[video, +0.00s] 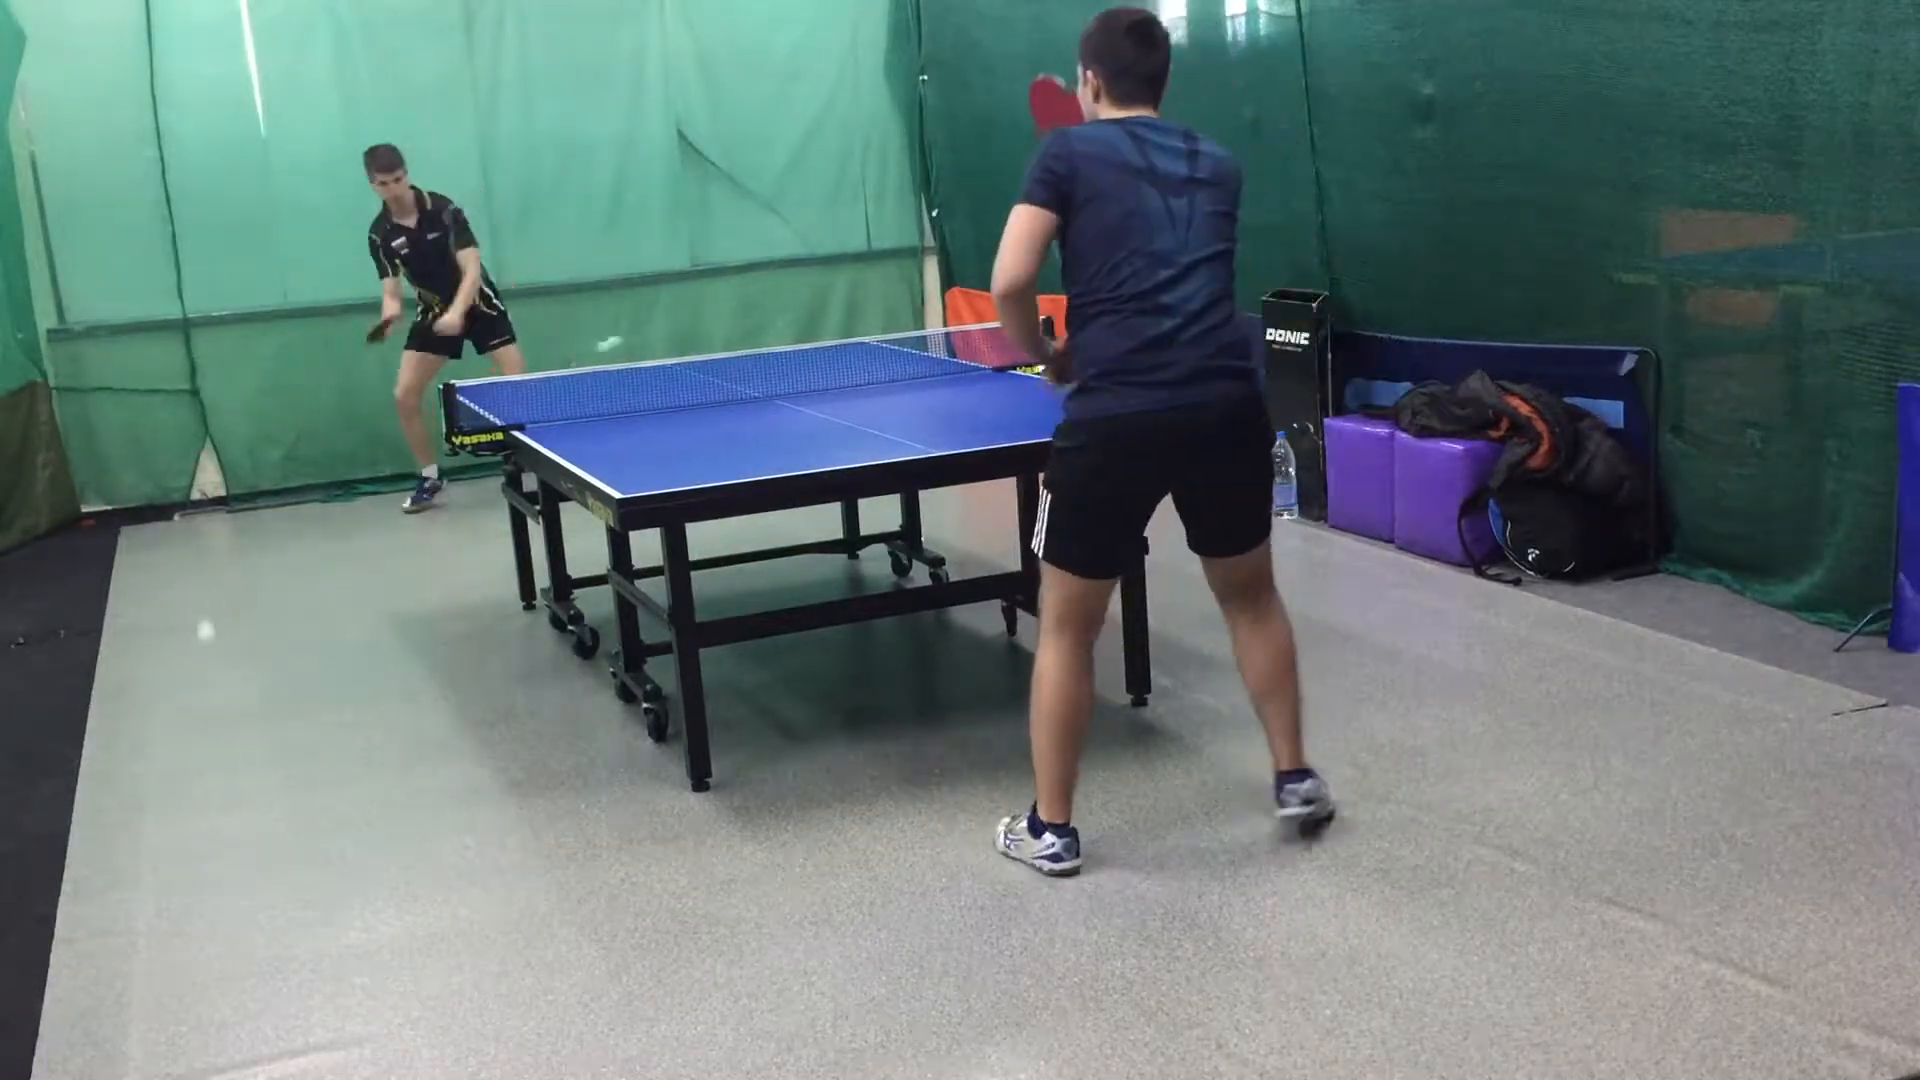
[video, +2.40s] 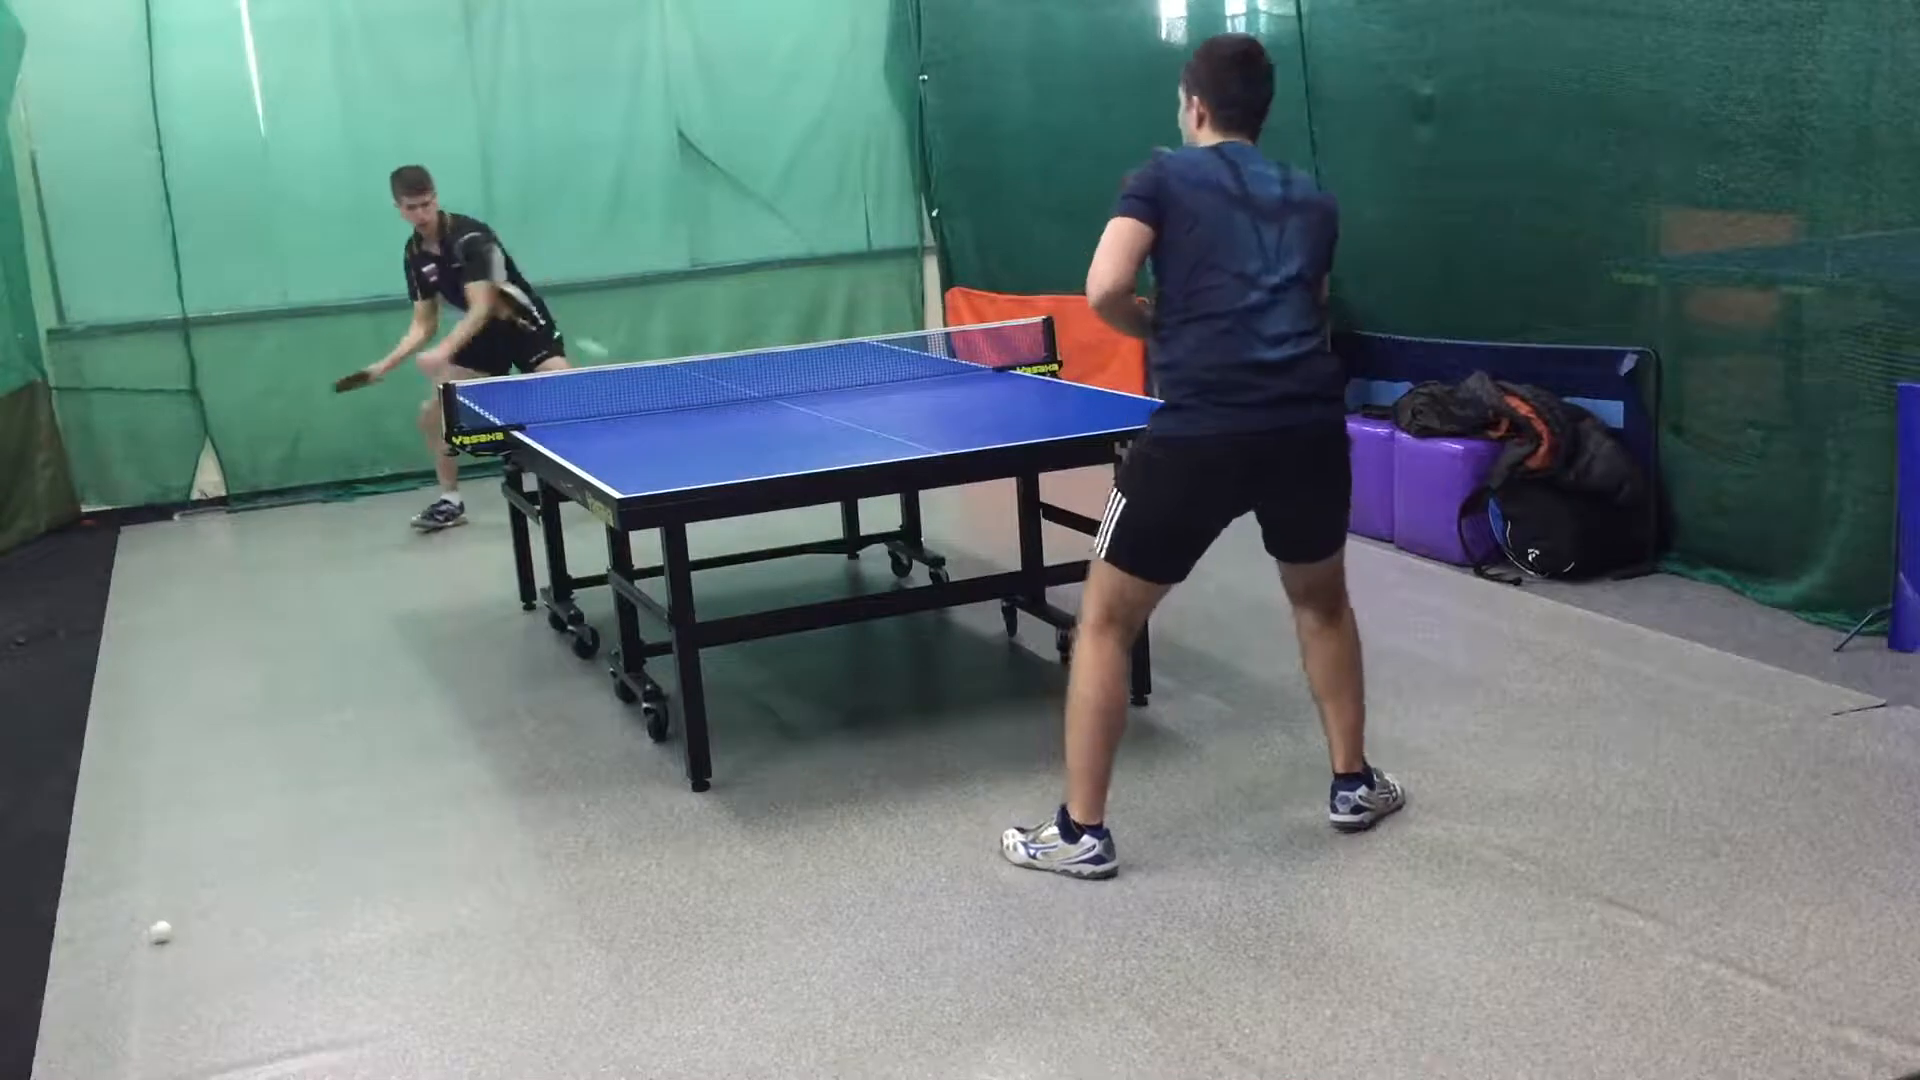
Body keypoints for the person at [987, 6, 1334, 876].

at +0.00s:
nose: (1074, 88)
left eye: (1076, 76)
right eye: (1080, 76)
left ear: (1090, 82)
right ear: (1165, 85)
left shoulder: (1066, 152)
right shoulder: (1217, 161)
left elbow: (1010, 283)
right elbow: (1208, 275)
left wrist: (1051, 364)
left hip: (1112, 425)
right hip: (1224, 415)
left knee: (1069, 632)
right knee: (1252, 597)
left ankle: (1052, 826)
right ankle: (1294, 777)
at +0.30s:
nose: (1097, 111)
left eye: (1098, 100)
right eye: (1101, 100)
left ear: (1112, 103)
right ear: (1185, 104)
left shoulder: (1093, 170)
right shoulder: (1241, 182)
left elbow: (1034, 286)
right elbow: (1257, 302)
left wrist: (1093, 329)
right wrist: (1172, 318)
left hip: (1136, 431)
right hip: (1245, 423)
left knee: (1065, 625)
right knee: (1274, 607)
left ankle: (1053, 829)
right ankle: (1330, 786)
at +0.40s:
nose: (1114, 107)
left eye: (1114, 96)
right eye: (1121, 95)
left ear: (1124, 99)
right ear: (1198, 101)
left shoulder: (1096, 168)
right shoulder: (1252, 184)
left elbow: (1029, 279)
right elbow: (1282, 331)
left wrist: (1090, 320)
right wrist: (1278, 374)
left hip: (1128, 431)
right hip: (1239, 425)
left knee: (1062, 625)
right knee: (1272, 604)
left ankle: (1053, 827)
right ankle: (1329, 786)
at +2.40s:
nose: (1180, 112)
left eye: (1181, 101)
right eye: (1187, 101)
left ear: (1193, 107)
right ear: (1264, 111)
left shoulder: (1163, 175)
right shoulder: (1313, 197)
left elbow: (1107, 290)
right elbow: (1311, 303)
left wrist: (1157, 323)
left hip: (1198, 443)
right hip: (1307, 438)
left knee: (1108, 620)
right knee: (1321, 601)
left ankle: (1082, 829)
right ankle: (1352, 782)